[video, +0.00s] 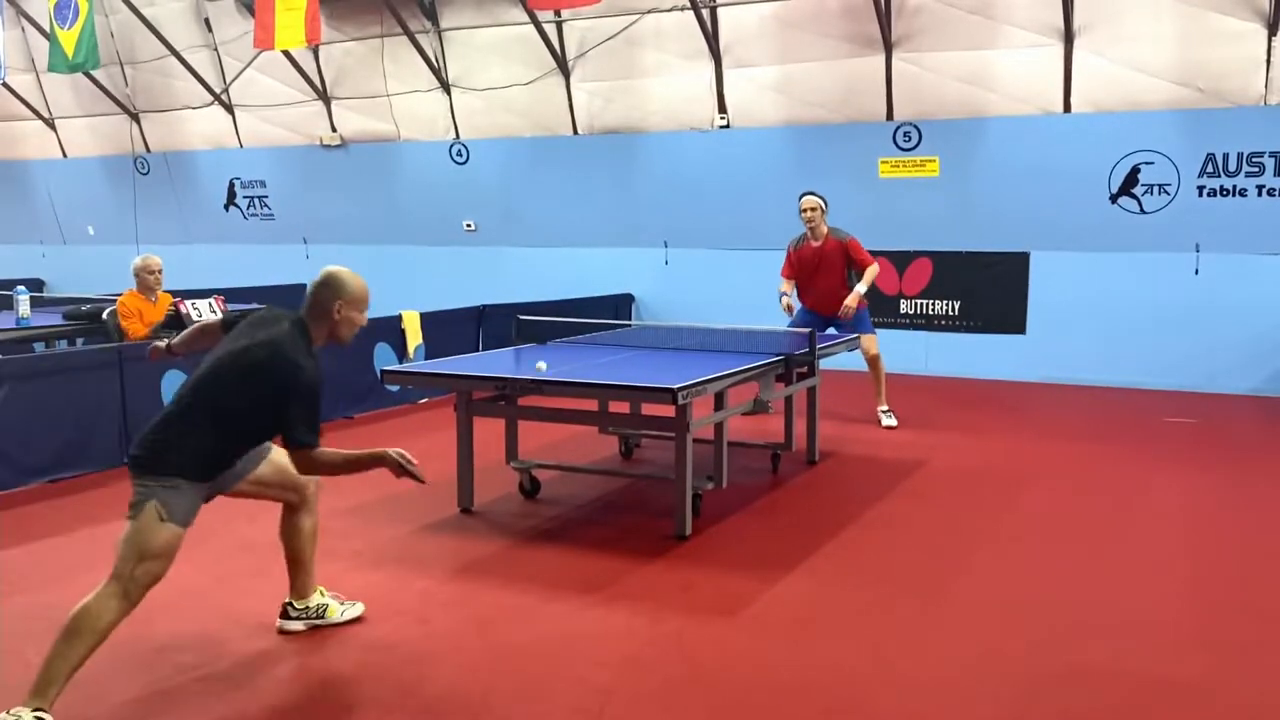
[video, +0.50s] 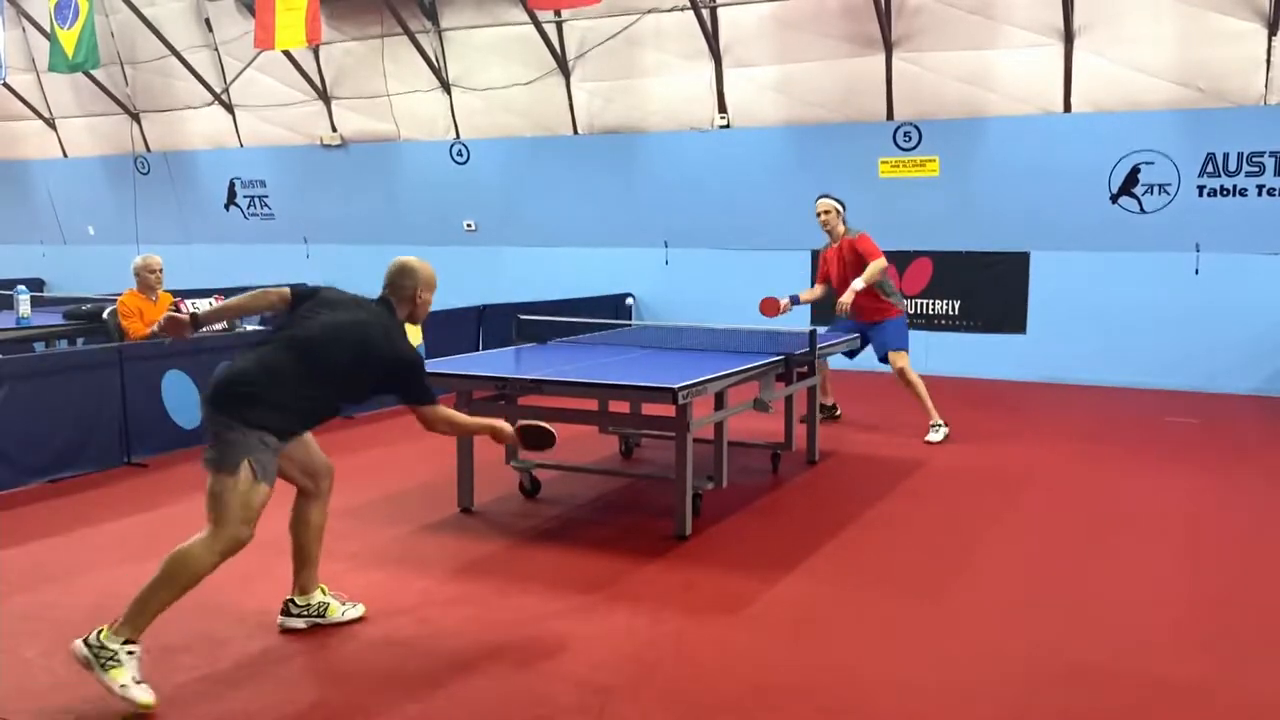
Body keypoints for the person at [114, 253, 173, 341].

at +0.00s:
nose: (158, 277)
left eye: (160, 272)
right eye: (151, 273)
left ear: (162, 273)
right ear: (137, 277)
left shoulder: (167, 298)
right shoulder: (125, 302)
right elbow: (135, 336)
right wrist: (163, 322)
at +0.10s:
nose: (158, 277)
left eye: (160, 272)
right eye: (151, 273)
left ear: (162, 273)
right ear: (137, 277)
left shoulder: (167, 298)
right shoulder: (125, 302)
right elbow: (135, 336)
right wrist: (164, 322)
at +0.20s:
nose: (158, 277)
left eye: (160, 272)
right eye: (151, 273)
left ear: (162, 273)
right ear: (137, 277)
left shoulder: (167, 298)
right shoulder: (125, 302)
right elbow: (135, 336)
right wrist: (163, 322)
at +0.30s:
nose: (158, 276)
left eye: (160, 272)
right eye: (152, 273)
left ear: (162, 272)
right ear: (137, 277)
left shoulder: (167, 298)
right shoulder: (125, 302)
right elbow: (135, 335)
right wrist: (163, 322)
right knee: (173, 324)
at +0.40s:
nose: (158, 276)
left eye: (160, 272)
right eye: (152, 272)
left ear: (162, 272)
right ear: (137, 276)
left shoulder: (167, 298)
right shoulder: (125, 302)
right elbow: (135, 336)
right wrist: (159, 326)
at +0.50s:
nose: (159, 276)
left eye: (161, 271)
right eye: (152, 272)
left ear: (163, 272)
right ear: (137, 276)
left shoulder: (167, 298)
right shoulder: (125, 302)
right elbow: (135, 335)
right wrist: (158, 327)